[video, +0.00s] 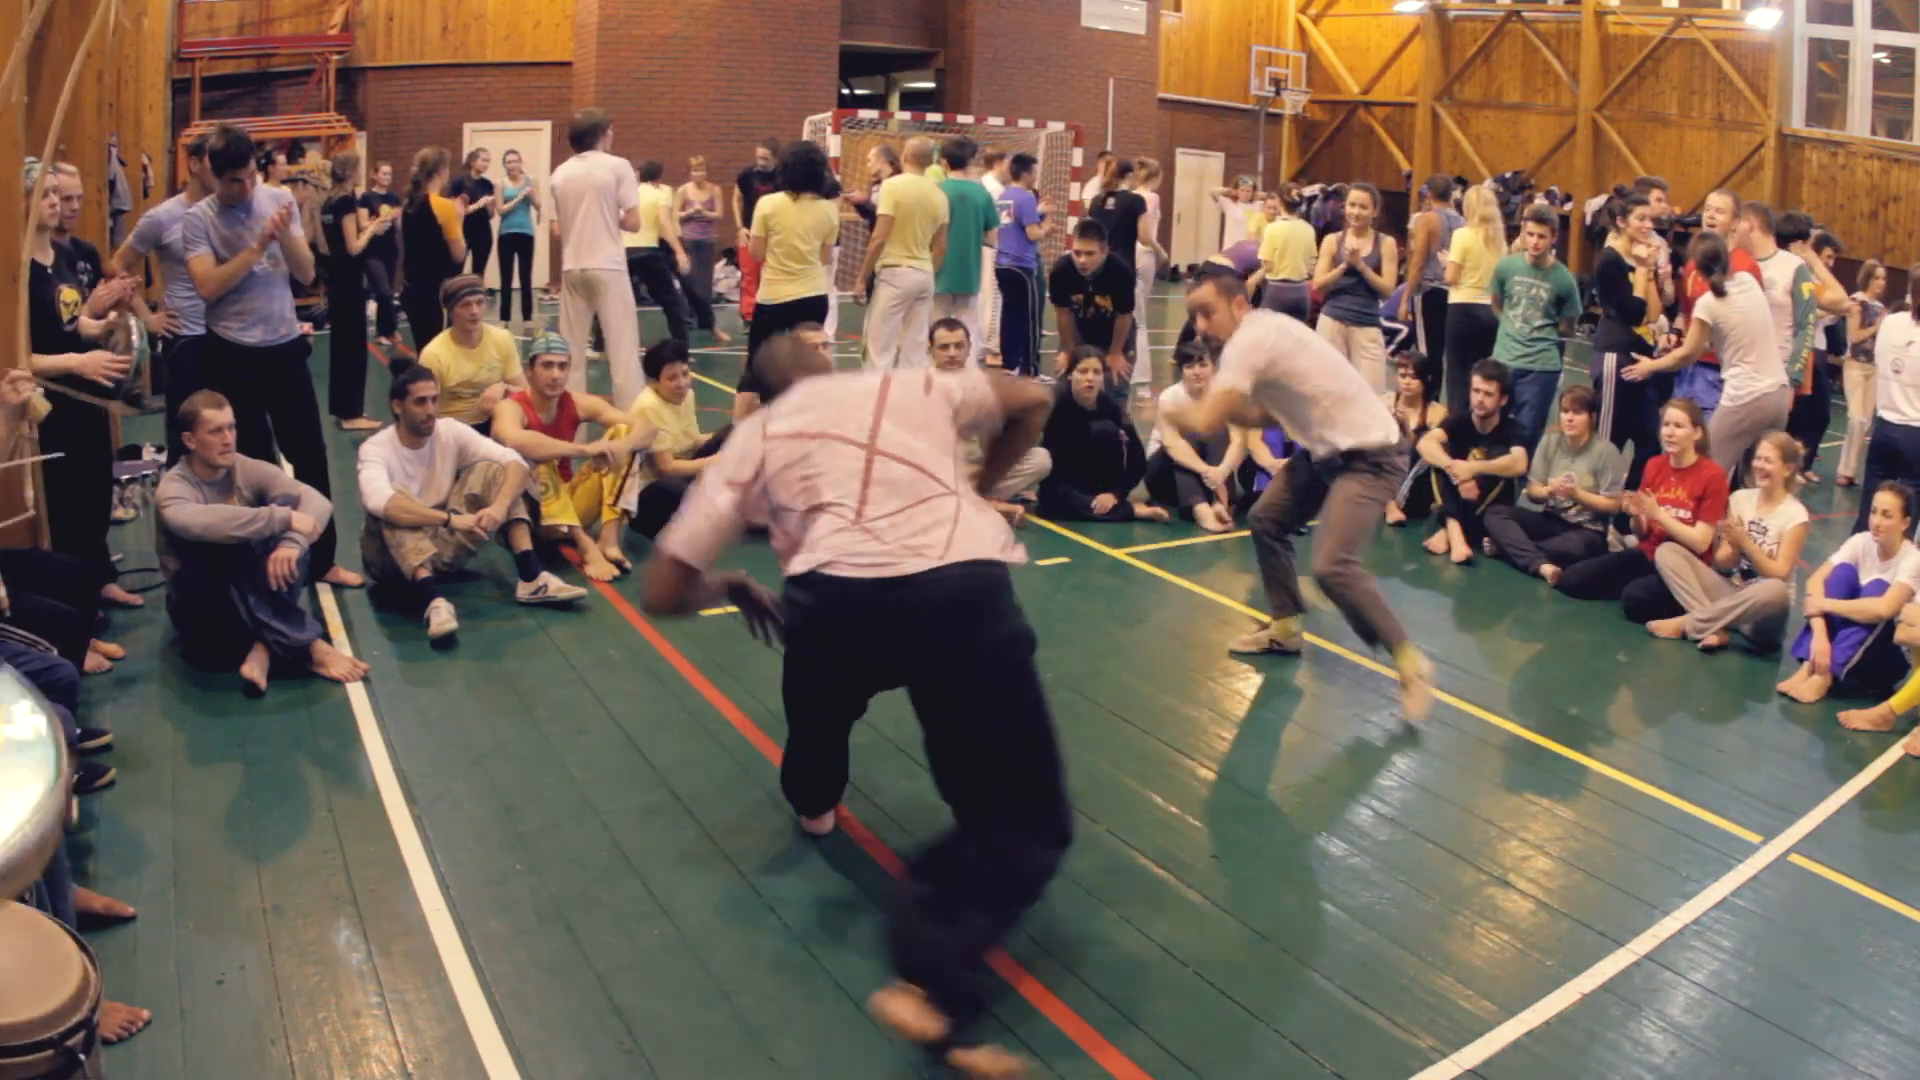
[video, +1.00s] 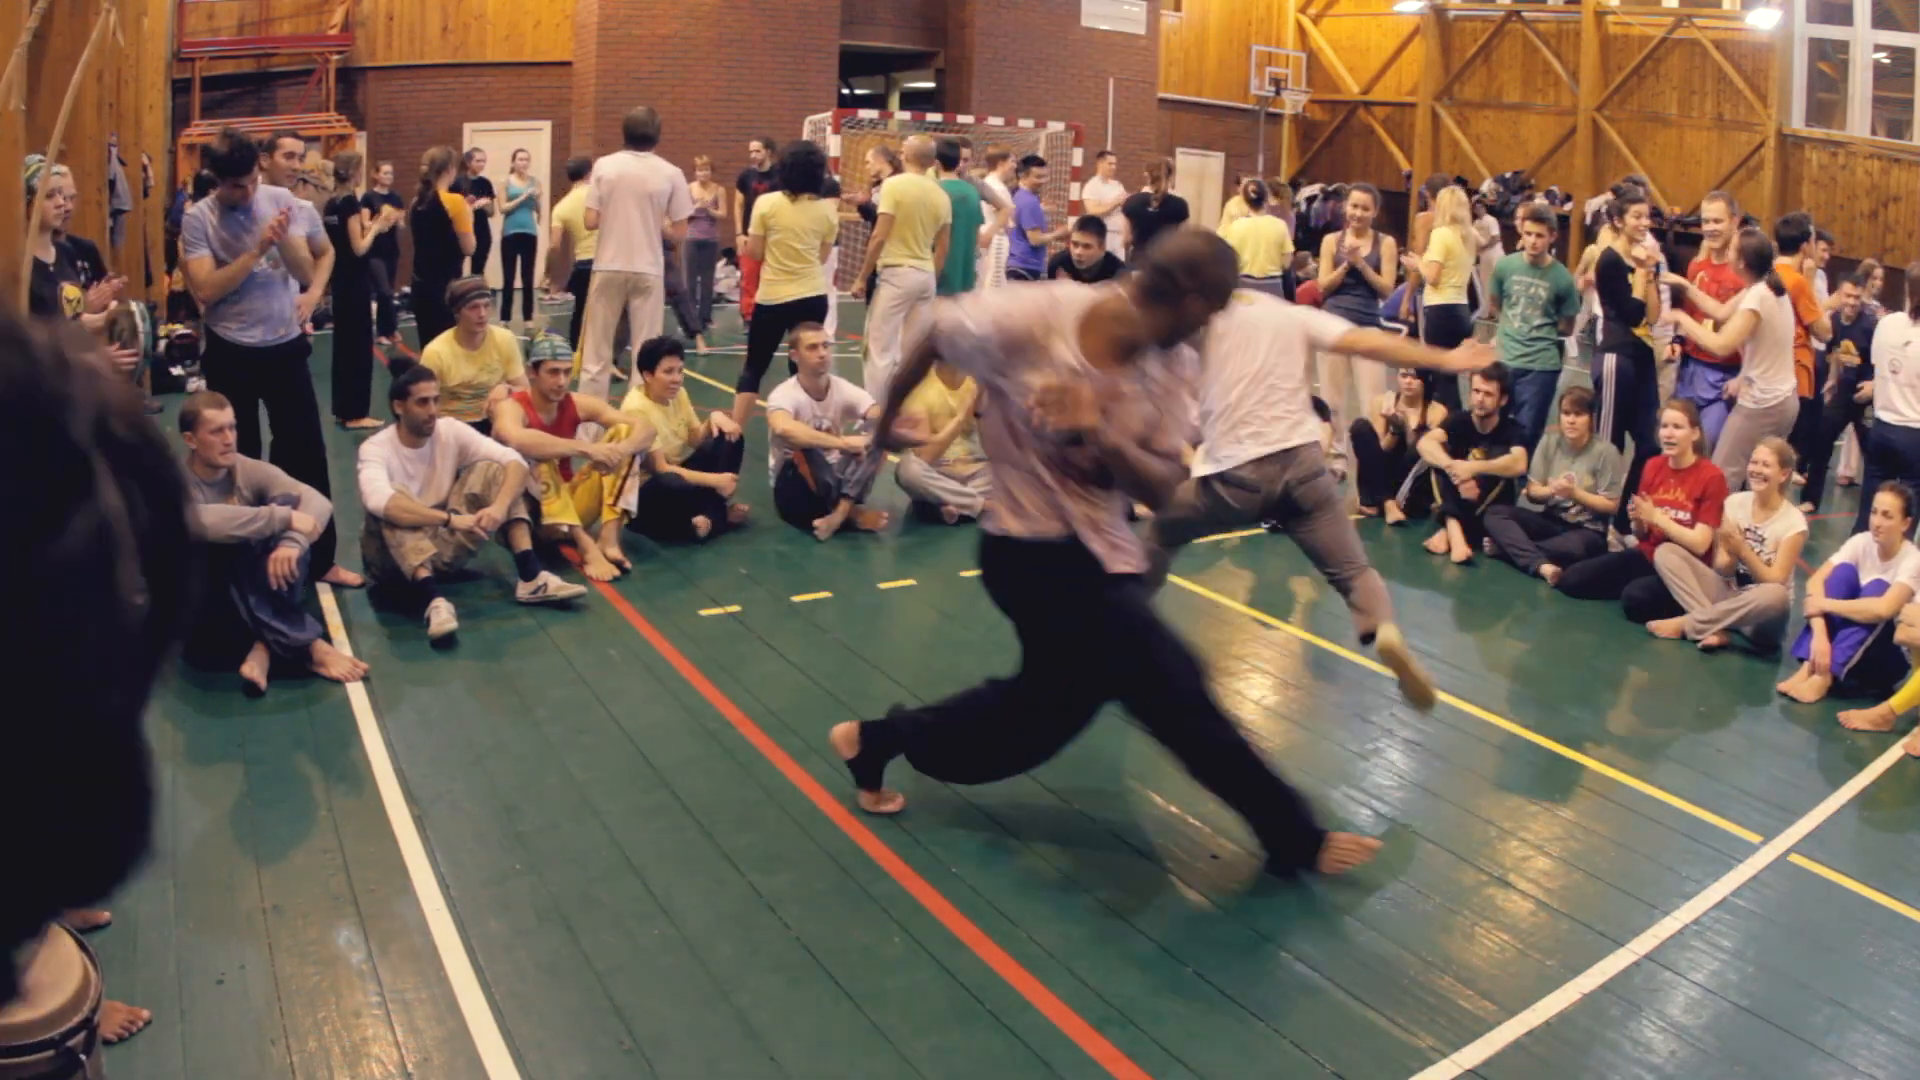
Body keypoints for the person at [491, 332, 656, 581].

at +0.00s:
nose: (556, 374)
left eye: (562, 366)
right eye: (547, 366)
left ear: (569, 370)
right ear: (530, 370)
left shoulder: (581, 403)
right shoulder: (510, 407)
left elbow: (646, 427)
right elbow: (513, 440)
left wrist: (623, 446)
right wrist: (583, 449)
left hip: (571, 504)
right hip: (527, 510)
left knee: (623, 435)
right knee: (542, 466)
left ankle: (609, 538)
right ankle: (587, 546)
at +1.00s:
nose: (562, 381)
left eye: (567, 373)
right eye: (553, 373)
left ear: (573, 372)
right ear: (532, 373)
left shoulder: (580, 404)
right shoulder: (511, 407)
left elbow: (645, 428)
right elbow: (513, 439)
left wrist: (623, 449)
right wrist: (586, 448)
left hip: (572, 505)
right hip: (528, 511)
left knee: (623, 432)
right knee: (542, 465)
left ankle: (609, 537)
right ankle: (587, 546)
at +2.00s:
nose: (563, 381)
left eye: (567, 373)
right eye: (554, 373)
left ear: (572, 372)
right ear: (531, 374)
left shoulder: (579, 403)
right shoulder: (510, 407)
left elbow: (642, 429)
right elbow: (508, 438)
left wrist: (625, 450)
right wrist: (583, 448)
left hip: (572, 504)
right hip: (529, 510)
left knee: (623, 432)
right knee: (540, 466)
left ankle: (609, 537)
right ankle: (586, 546)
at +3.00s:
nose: (564, 380)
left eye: (568, 371)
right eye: (555, 372)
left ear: (573, 371)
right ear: (532, 373)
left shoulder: (579, 402)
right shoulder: (509, 408)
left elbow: (645, 428)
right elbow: (509, 439)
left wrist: (625, 451)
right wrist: (582, 452)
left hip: (571, 504)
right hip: (527, 510)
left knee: (624, 432)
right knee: (540, 466)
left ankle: (609, 536)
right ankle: (586, 546)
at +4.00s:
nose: (561, 381)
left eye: (566, 372)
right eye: (552, 373)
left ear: (571, 371)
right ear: (530, 372)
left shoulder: (578, 401)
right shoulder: (508, 408)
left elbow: (644, 427)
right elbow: (508, 439)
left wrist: (626, 450)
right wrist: (582, 452)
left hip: (570, 507)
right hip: (526, 512)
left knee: (624, 433)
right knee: (539, 465)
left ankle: (609, 537)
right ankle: (586, 546)